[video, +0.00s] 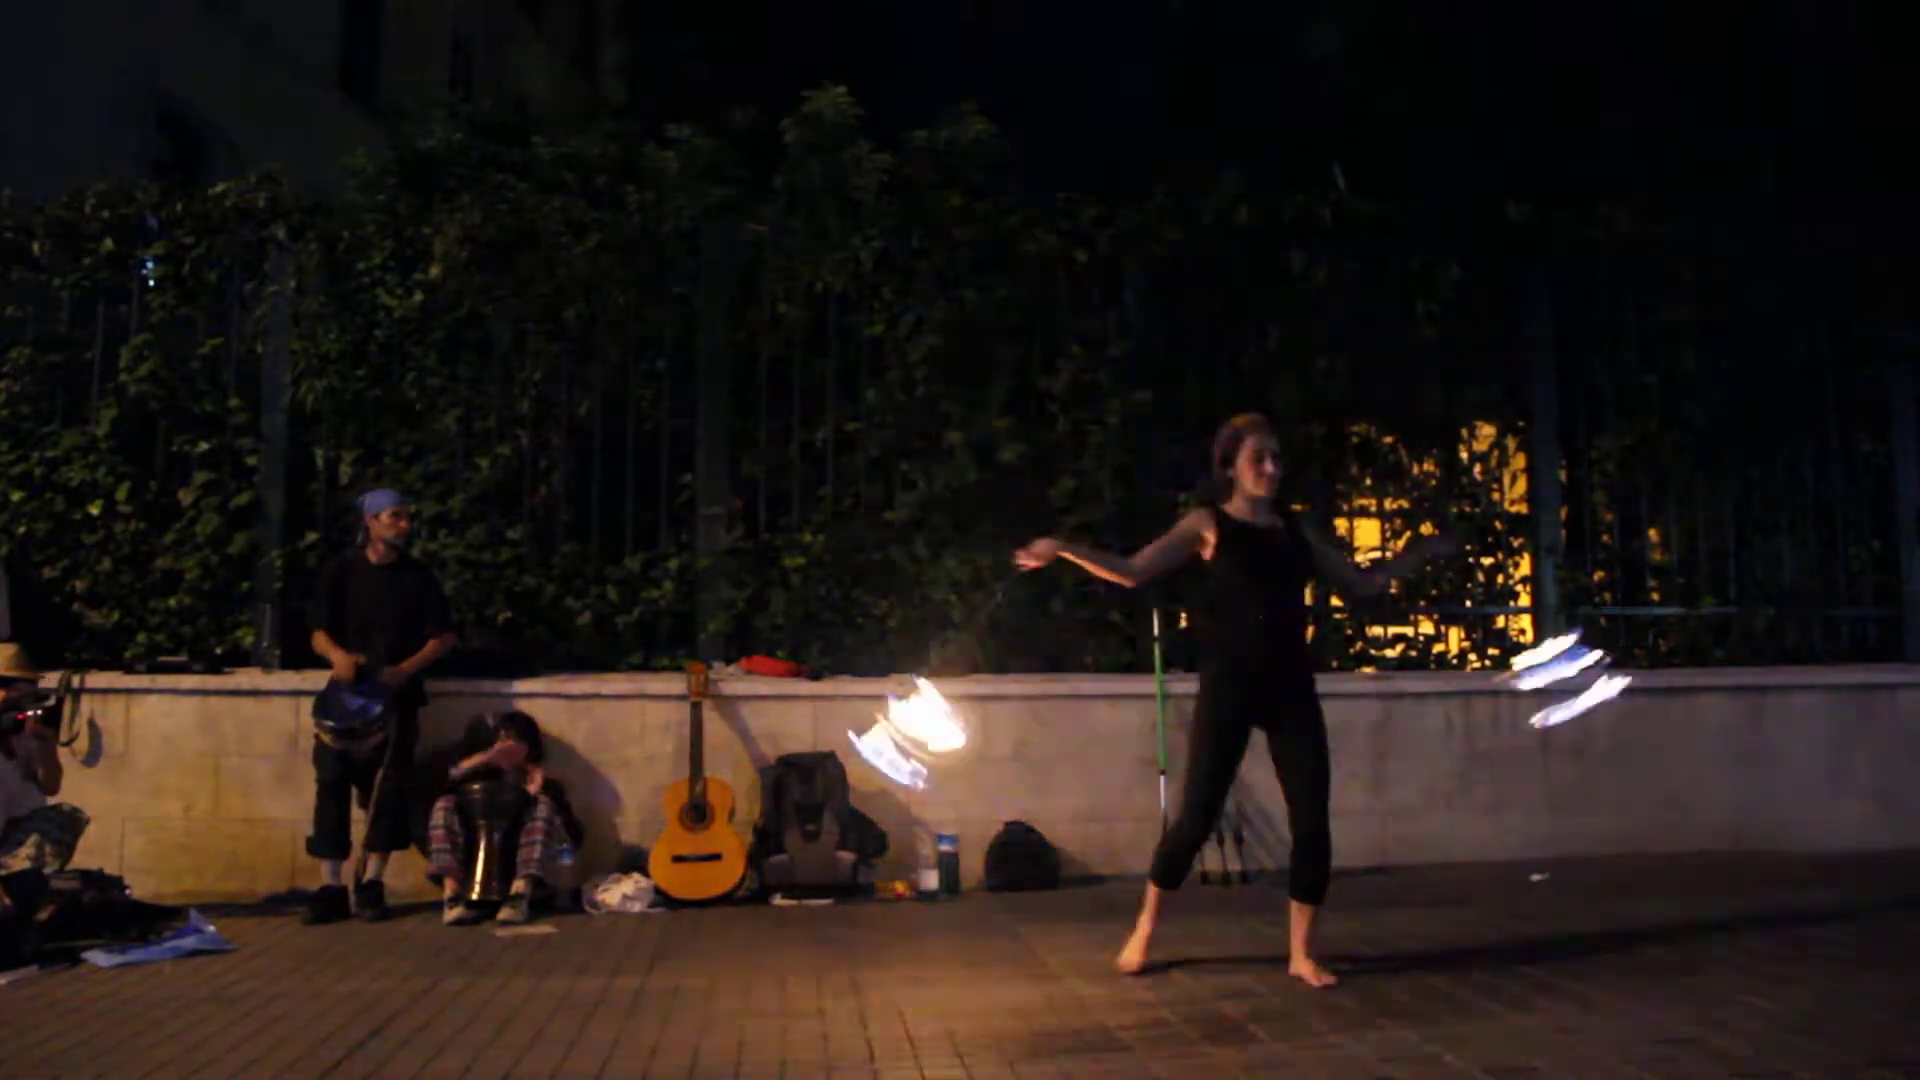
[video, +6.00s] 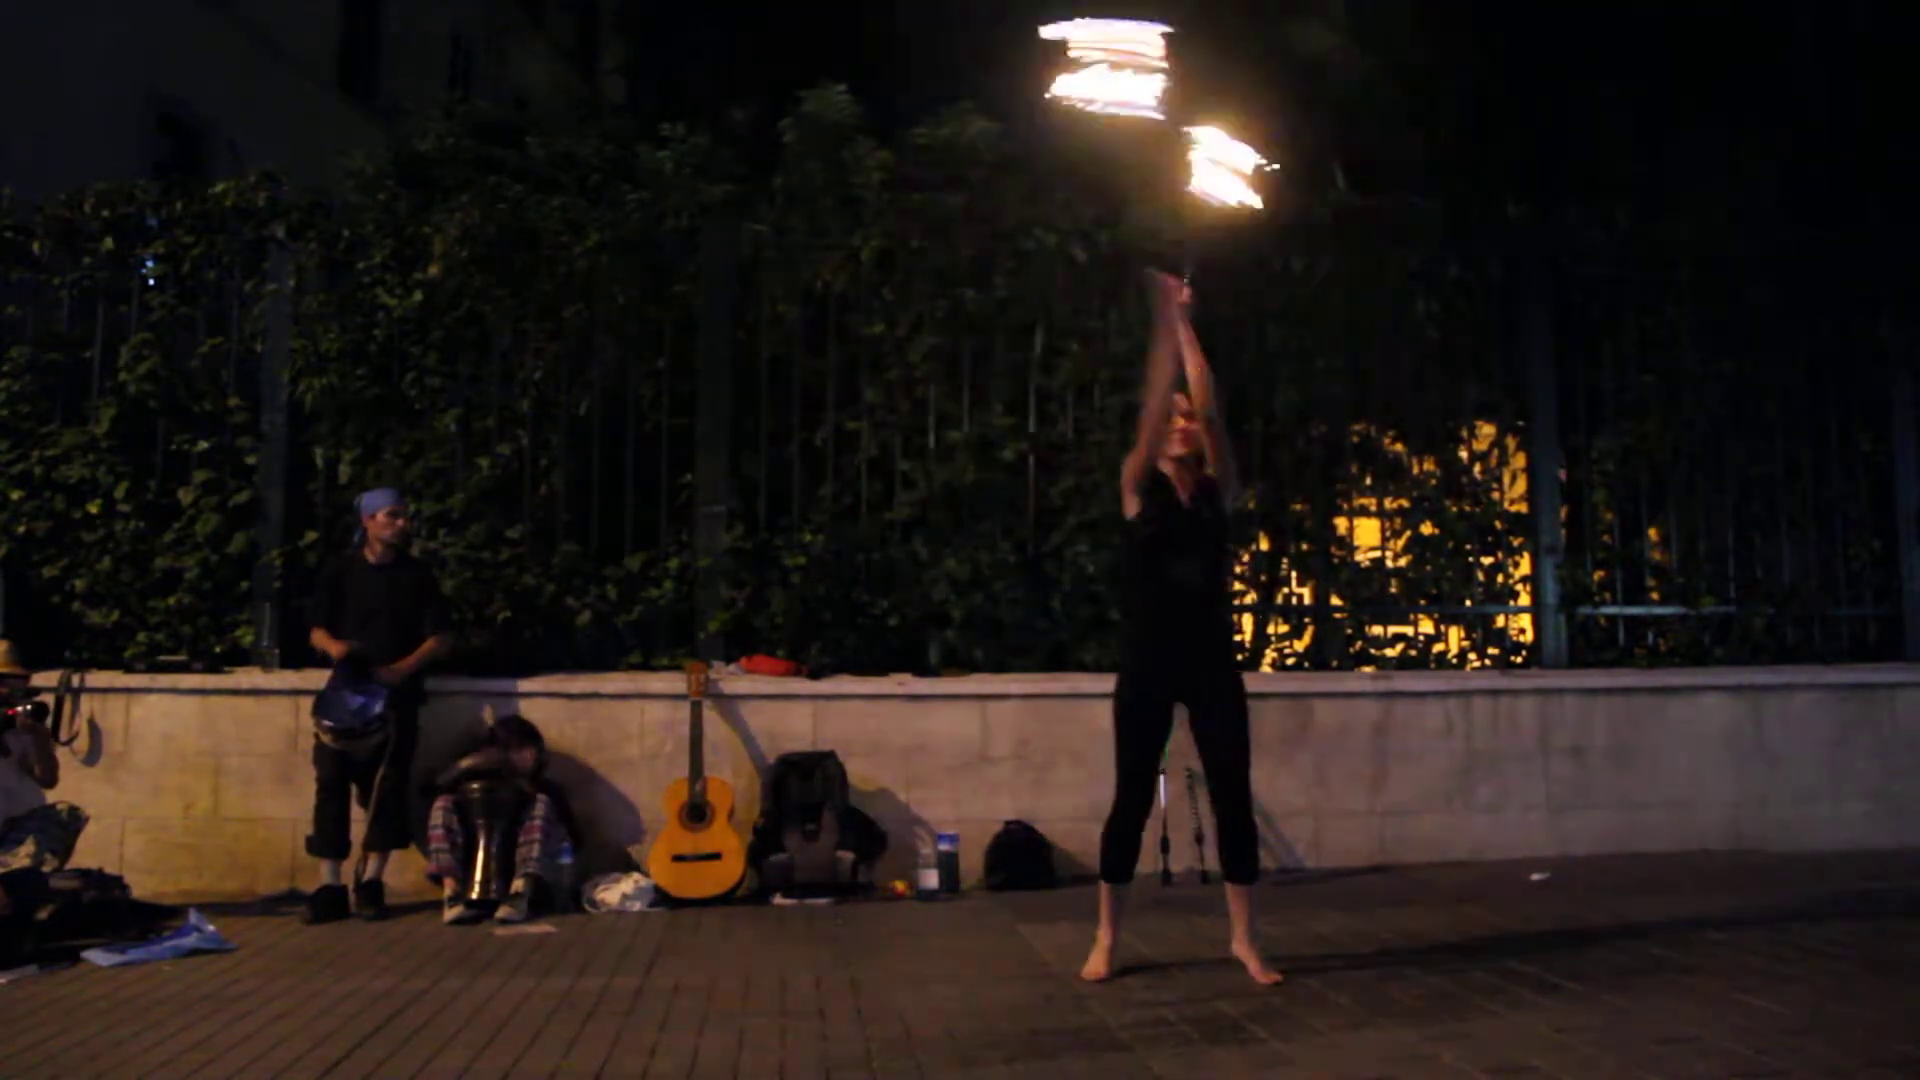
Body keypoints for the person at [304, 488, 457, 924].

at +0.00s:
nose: (404, 525)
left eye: (406, 518)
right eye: (395, 518)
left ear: (406, 524)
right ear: (371, 522)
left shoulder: (418, 576)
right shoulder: (341, 572)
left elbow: (444, 637)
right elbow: (318, 632)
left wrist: (404, 669)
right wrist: (339, 657)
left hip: (396, 695)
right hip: (345, 693)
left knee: (390, 784)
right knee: (331, 782)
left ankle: (371, 881)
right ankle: (332, 883)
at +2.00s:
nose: (402, 522)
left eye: (403, 515)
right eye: (392, 515)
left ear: (404, 522)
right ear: (368, 521)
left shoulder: (417, 574)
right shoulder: (339, 572)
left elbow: (439, 637)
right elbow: (316, 632)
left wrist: (398, 665)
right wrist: (335, 667)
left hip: (397, 696)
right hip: (344, 692)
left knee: (389, 786)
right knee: (331, 785)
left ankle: (371, 881)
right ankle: (331, 883)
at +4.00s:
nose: (401, 523)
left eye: (403, 516)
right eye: (392, 516)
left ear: (403, 523)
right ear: (367, 521)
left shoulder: (417, 574)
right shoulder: (339, 572)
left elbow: (442, 636)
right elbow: (316, 632)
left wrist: (401, 665)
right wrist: (335, 650)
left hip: (394, 693)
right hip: (344, 690)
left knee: (387, 784)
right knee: (331, 782)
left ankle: (371, 880)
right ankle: (330, 883)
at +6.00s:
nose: (402, 524)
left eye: (405, 517)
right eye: (393, 517)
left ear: (406, 524)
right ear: (368, 521)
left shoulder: (417, 574)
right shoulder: (341, 571)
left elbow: (440, 638)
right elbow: (316, 631)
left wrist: (399, 669)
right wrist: (336, 648)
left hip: (396, 692)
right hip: (345, 690)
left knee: (389, 783)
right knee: (331, 782)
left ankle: (371, 880)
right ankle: (330, 883)